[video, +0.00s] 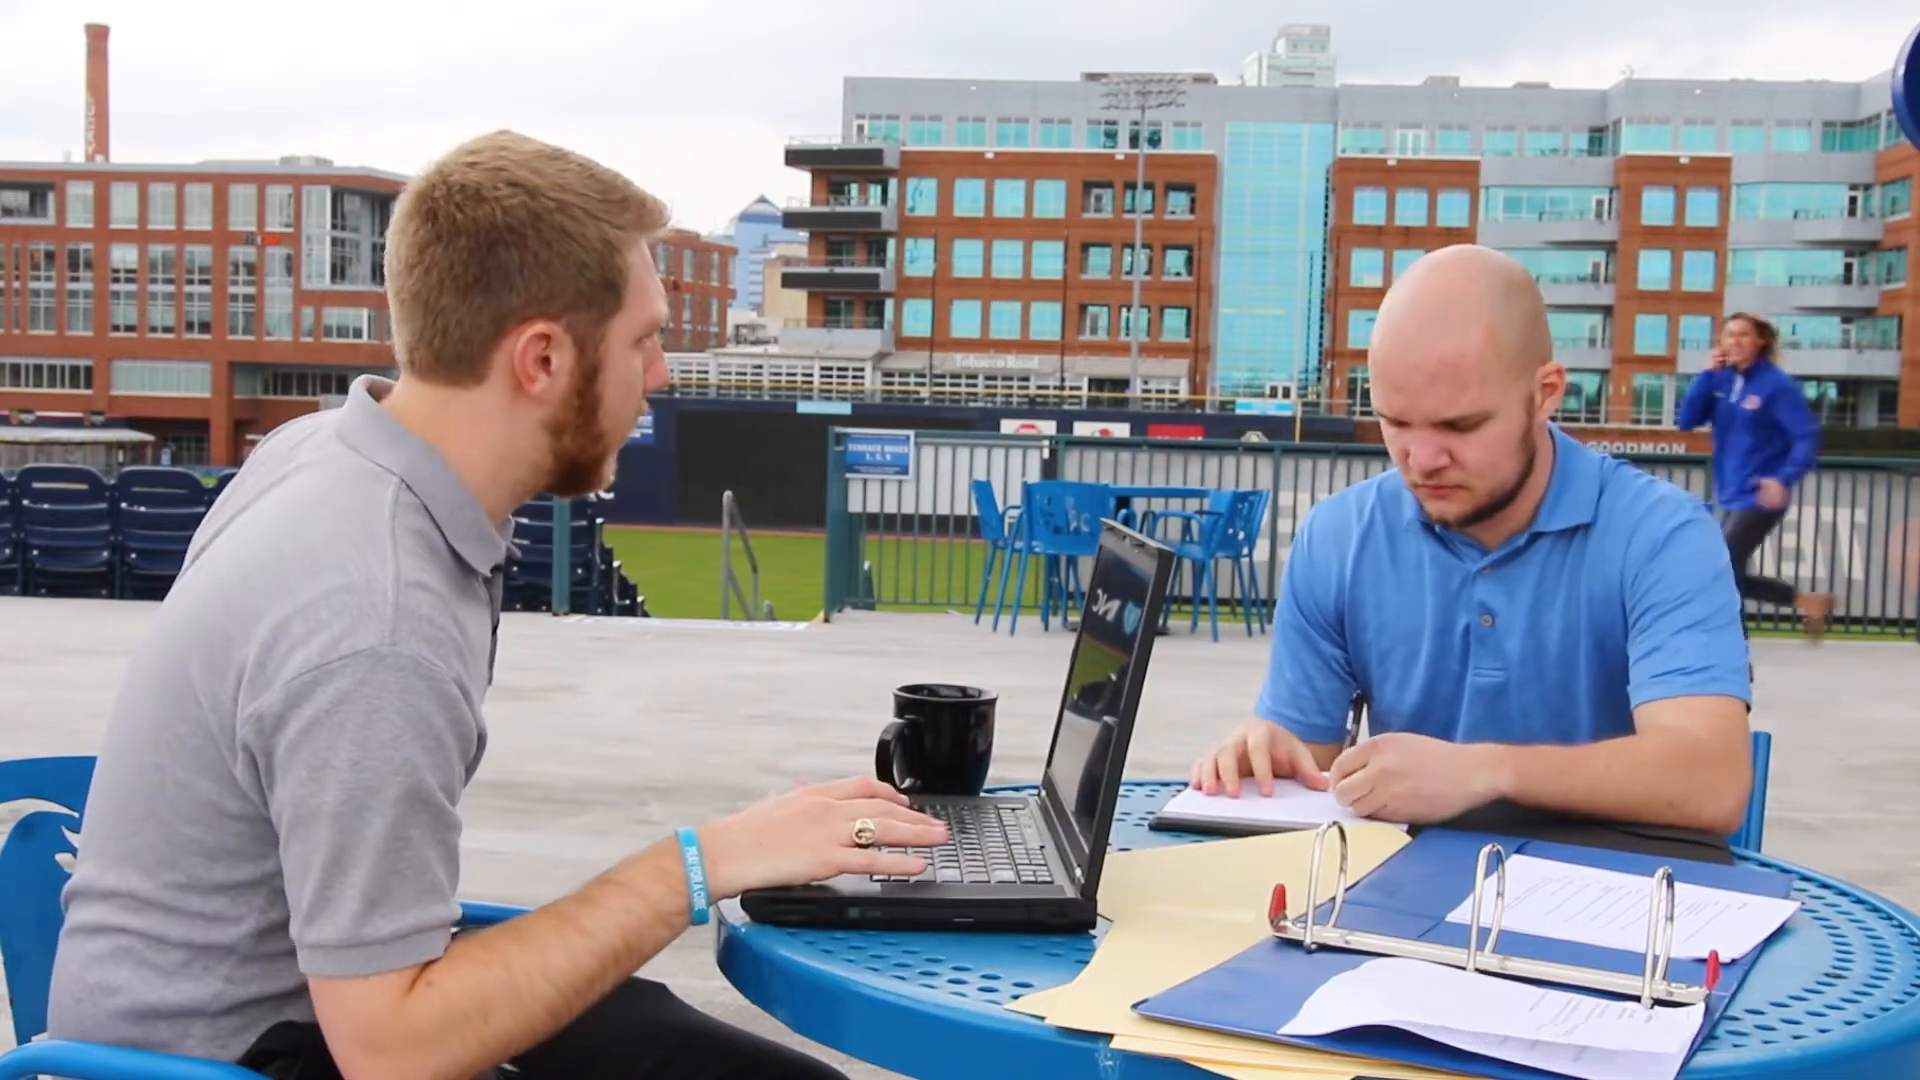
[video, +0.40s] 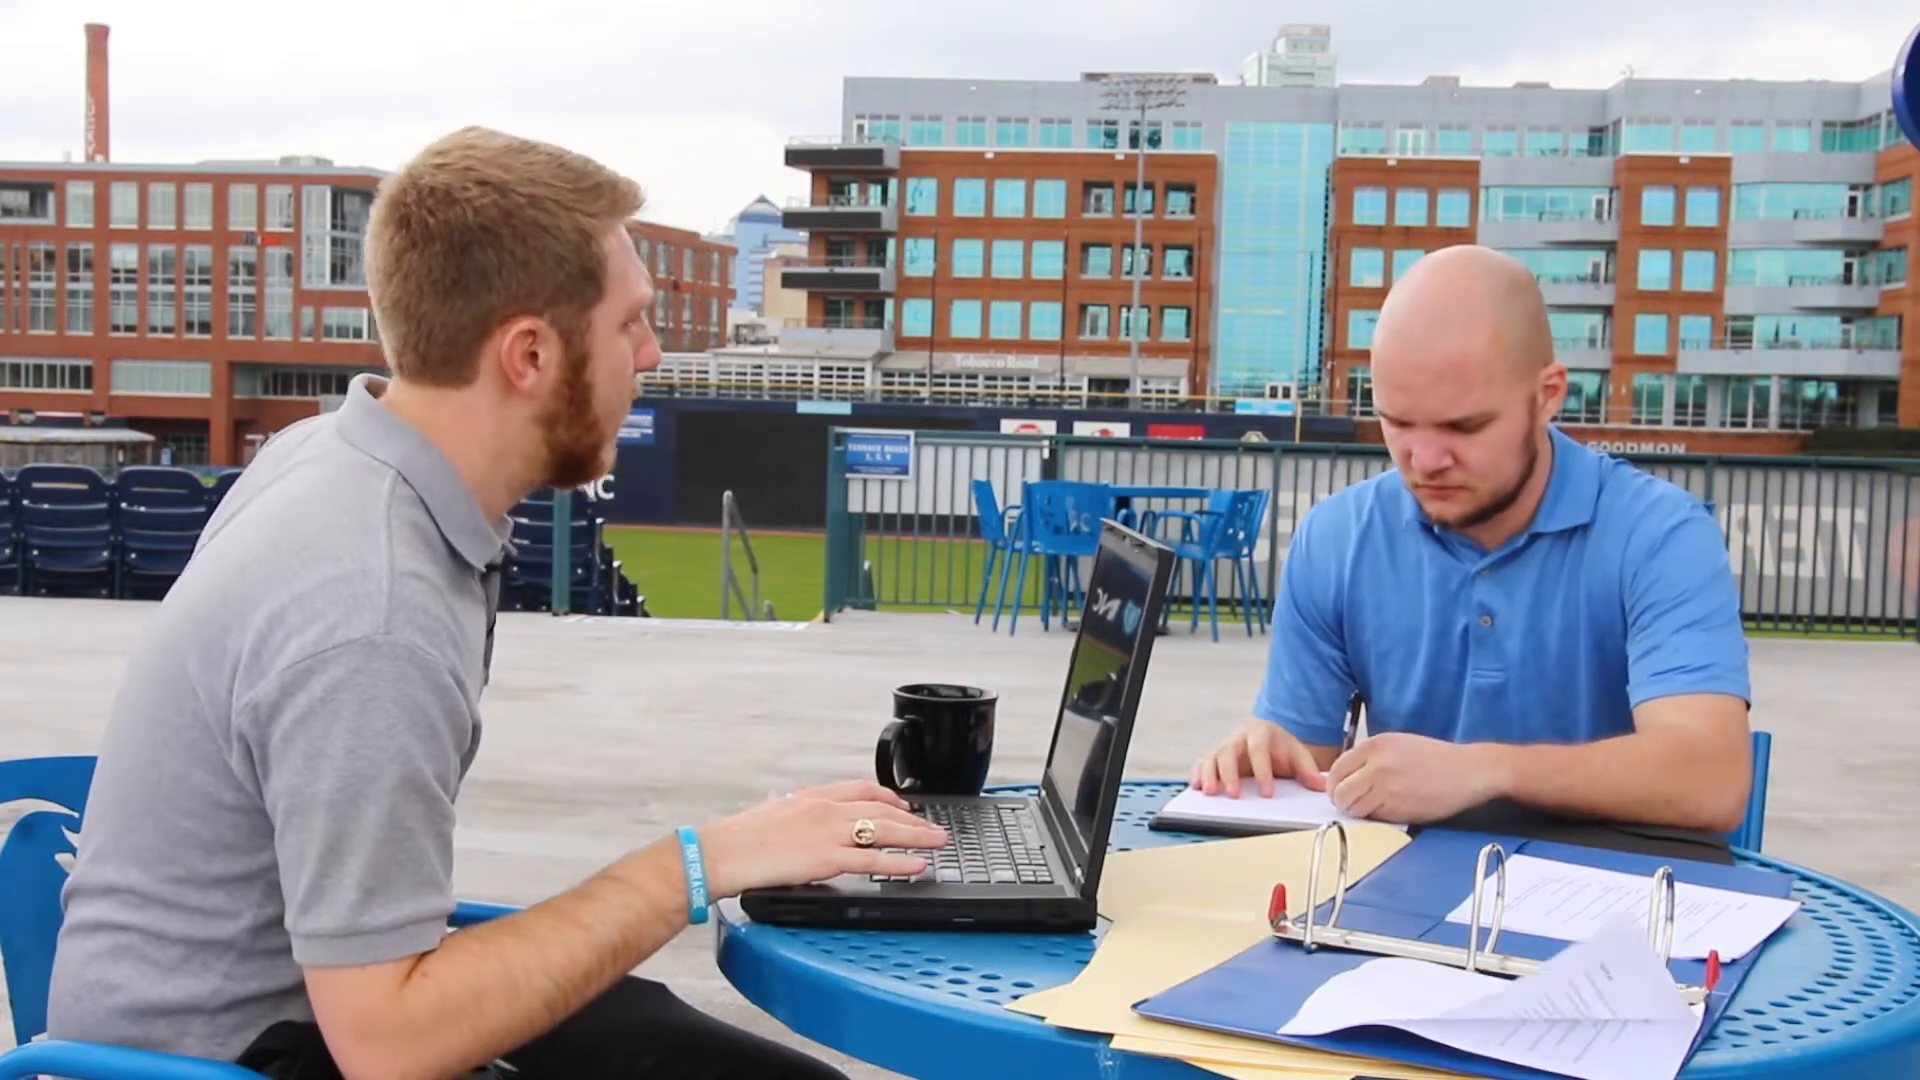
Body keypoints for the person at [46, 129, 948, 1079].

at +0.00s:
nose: (663, 377)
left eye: (661, 339)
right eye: (647, 343)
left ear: (530, 356)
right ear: (538, 362)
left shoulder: (322, 458)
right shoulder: (365, 623)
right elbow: (393, 1037)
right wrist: (711, 860)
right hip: (211, 1049)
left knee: (611, 998)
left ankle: (817, 1066)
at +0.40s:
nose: (652, 357)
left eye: (645, 320)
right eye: (631, 324)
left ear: (526, 352)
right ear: (527, 356)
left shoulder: (332, 461)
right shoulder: (362, 614)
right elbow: (387, 1036)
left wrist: (393, 942)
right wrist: (711, 860)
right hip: (209, 1052)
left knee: (615, 1002)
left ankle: (816, 1068)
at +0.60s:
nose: (606, 391)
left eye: (623, 361)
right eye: (608, 366)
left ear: (405, 325)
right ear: (543, 373)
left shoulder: (340, 463)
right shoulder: (349, 620)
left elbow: (485, 501)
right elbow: (387, 1038)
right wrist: (713, 859)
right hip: (211, 1050)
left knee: (625, 1007)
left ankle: (811, 1070)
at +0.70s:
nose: (616, 360)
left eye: (618, 328)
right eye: (617, 334)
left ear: (405, 323)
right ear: (552, 379)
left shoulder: (343, 452)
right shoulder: (337, 627)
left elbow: (538, 496)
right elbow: (387, 1040)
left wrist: (752, 406)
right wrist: (712, 859)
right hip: (211, 1050)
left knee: (625, 1003)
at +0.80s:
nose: (614, 371)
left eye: (619, 339)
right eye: (618, 343)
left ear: (403, 322)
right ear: (563, 379)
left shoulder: (354, 459)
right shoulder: (330, 626)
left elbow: (554, 511)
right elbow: (385, 1040)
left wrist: (775, 471)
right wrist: (710, 859)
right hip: (209, 1051)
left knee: (633, 1007)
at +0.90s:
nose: (616, 376)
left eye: (620, 343)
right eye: (621, 346)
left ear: (409, 321)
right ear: (575, 373)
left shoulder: (358, 470)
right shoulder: (333, 624)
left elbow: (551, 537)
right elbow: (382, 1038)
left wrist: (784, 498)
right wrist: (709, 860)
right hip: (214, 1048)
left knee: (630, 1004)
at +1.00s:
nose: (618, 370)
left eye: (620, 338)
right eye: (623, 340)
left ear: (409, 318)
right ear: (584, 365)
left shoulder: (347, 468)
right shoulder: (345, 622)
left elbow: (529, 549)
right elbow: (382, 1039)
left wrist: (772, 510)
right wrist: (707, 860)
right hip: (216, 1051)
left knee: (633, 1007)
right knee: (798, 1070)